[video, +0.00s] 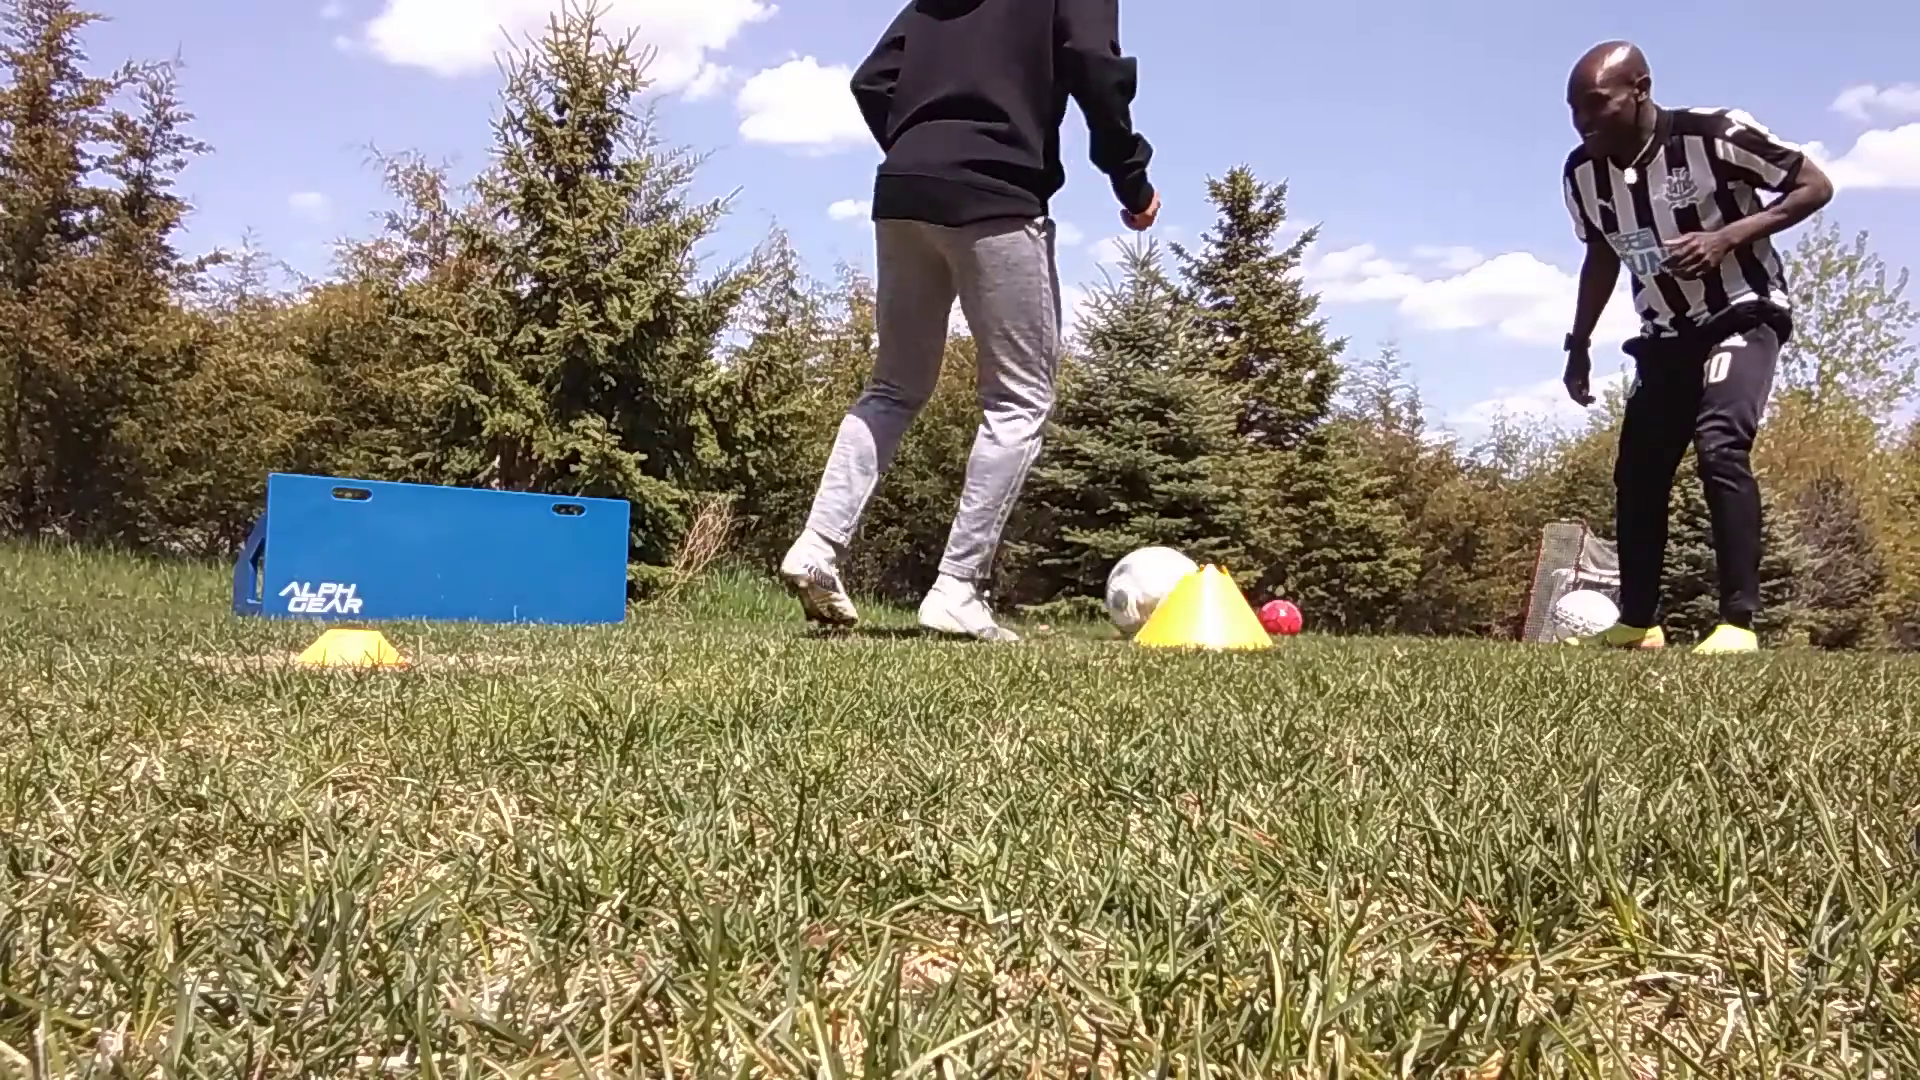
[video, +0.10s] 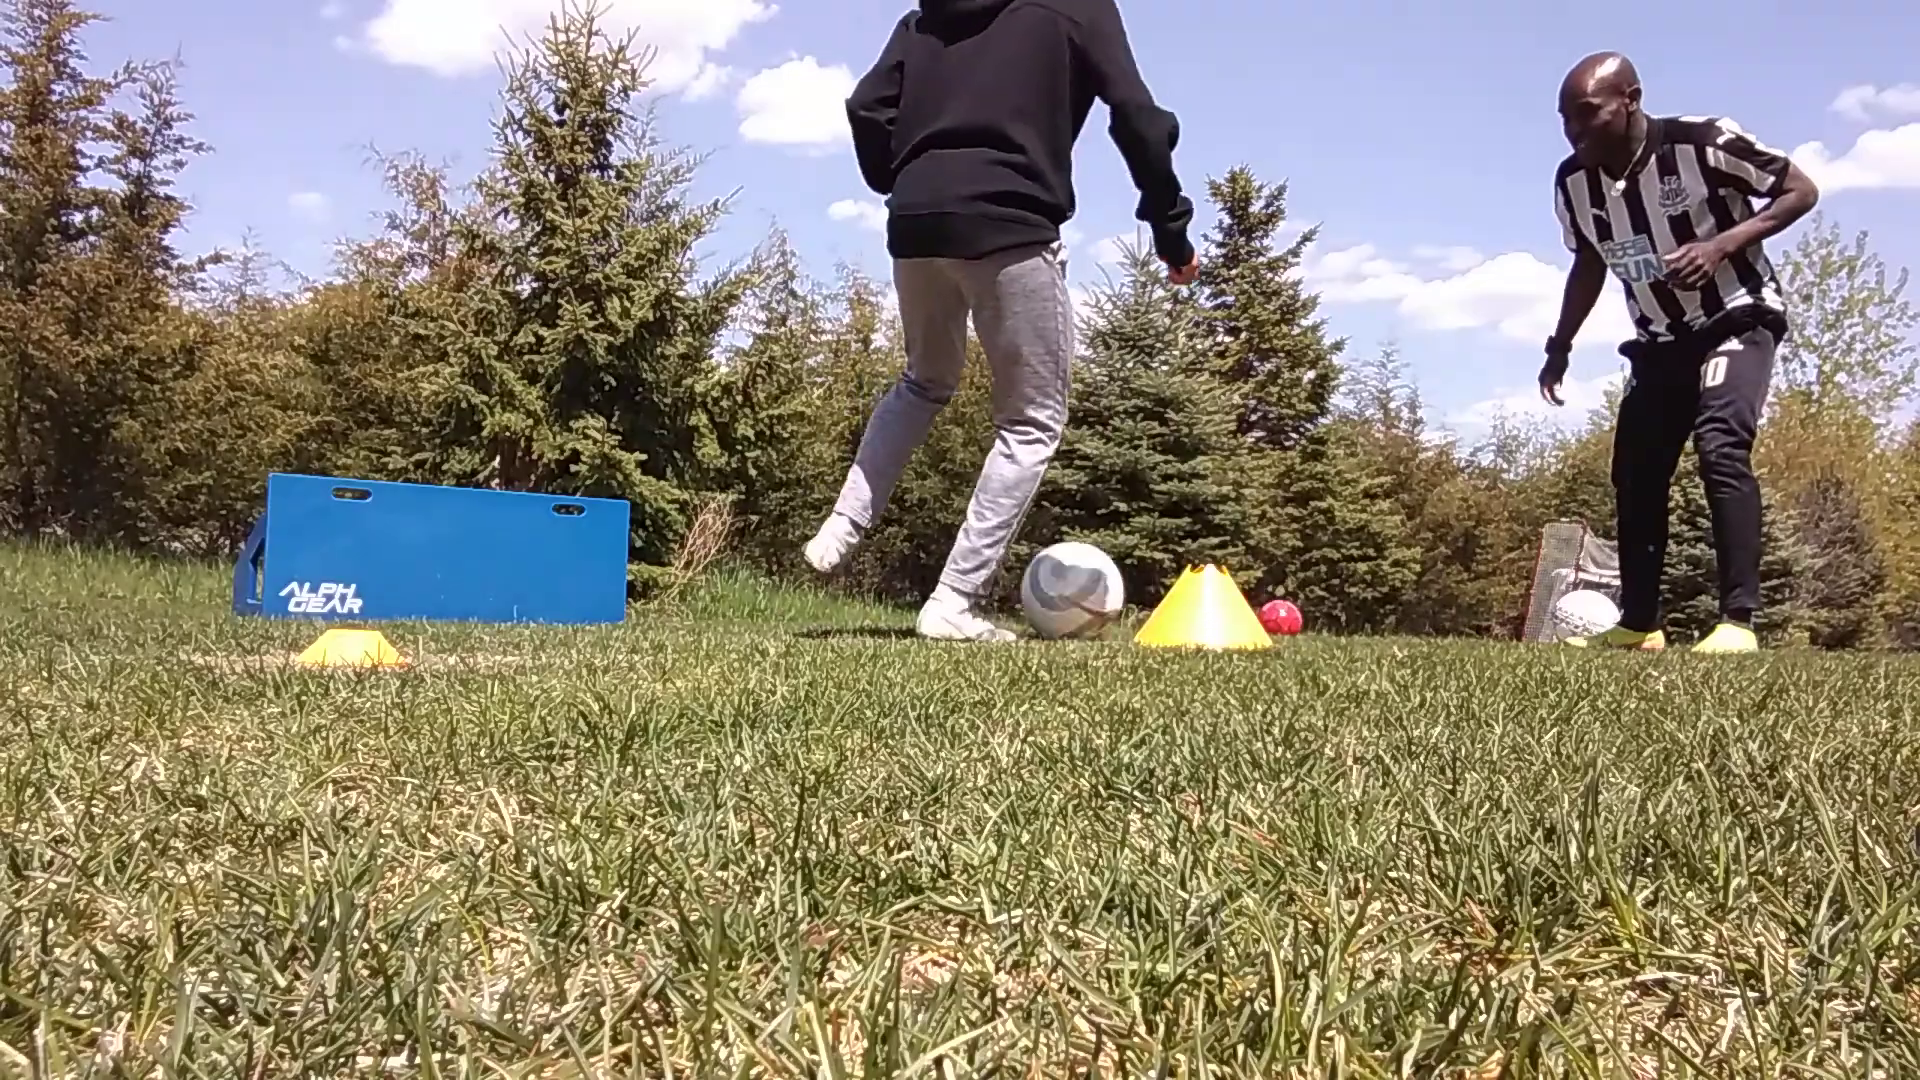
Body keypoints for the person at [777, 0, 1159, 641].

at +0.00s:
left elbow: (873, 77)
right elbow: (1093, 60)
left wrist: (921, 155)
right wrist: (1131, 176)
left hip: (902, 182)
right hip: (995, 185)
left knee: (894, 387)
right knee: (1019, 400)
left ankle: (816, 549)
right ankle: (956, 591)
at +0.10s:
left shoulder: (926, 14)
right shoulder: (1079, 5)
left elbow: (867, 103)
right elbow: (1137, 115)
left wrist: (902, 184)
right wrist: (1169, 224)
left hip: (915, 209)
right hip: (1008, 207)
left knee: (924, 381)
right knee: (1030, 421)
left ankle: (836, 535)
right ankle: (953, 603)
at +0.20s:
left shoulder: (913, 25)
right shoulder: (1072, 15)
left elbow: (858, 116)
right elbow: (1143, 131)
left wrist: (901, 189)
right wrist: (1185, 253)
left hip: (926, 229)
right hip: (1020, 228)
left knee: (952, 387)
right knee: (1045, 427)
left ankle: (921, 561)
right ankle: (960, 603)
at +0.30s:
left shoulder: (916, 12)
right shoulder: (1077, 6)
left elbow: (862, 100)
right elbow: (1141, 111)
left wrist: (901, 172)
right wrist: (1165, 228)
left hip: (930, 215)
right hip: (1022, 208)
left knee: (965, 398)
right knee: (1037, 415)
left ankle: (941, 590)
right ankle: (961, 603)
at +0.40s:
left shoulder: (918, 13)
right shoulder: (1074, 1)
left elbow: (870, 118)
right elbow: (1120, 92)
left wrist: (929, 191)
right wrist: (1143, 204)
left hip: (925, 210)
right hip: (1015, 195)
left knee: (970, 403)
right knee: (1083, 397)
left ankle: (883, 591)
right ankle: (996, 585)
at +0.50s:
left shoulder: (935, 29)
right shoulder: (1060, 3)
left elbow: (885, 161)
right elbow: (1103, 96)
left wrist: (947, 216)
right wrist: (1161, 212)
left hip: (927, 237)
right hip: (1021, 222)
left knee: (962, 425)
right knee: (1144, 379)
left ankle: (880, 600)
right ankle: (1043, 539)